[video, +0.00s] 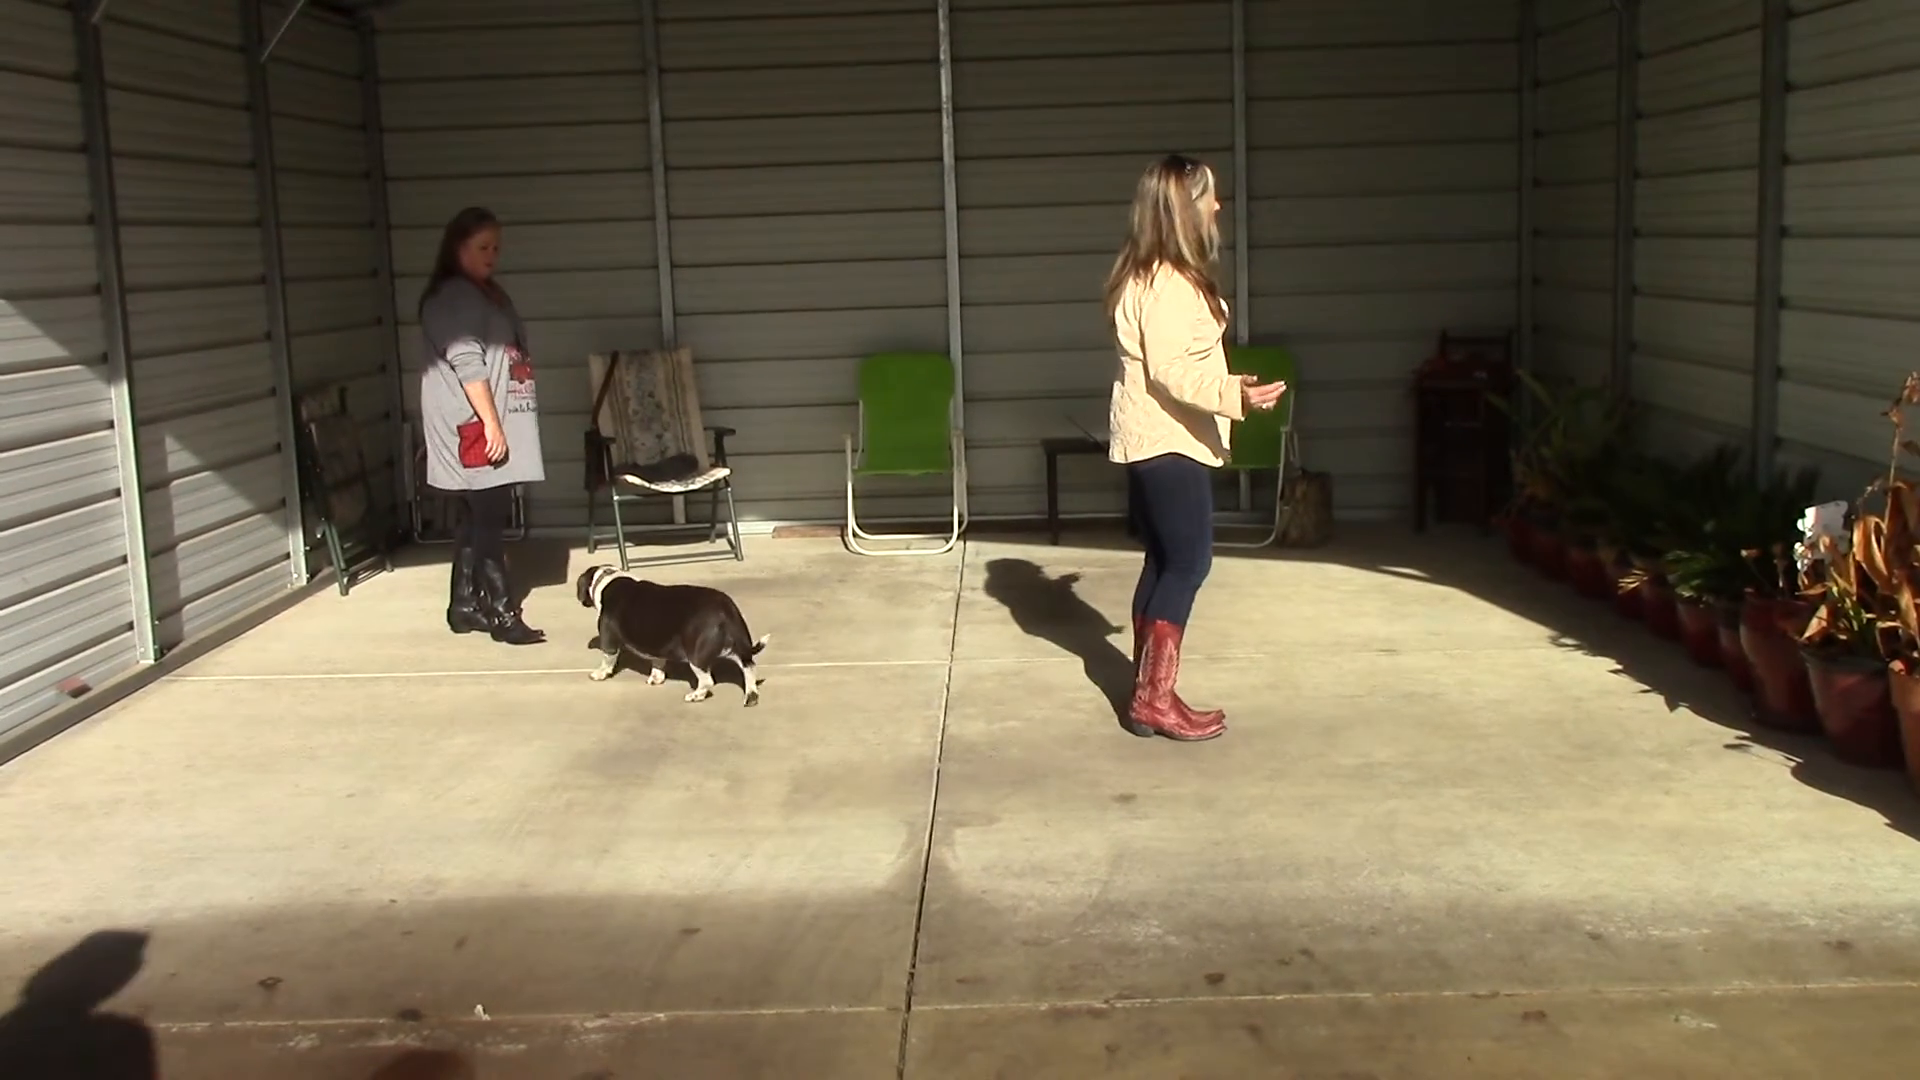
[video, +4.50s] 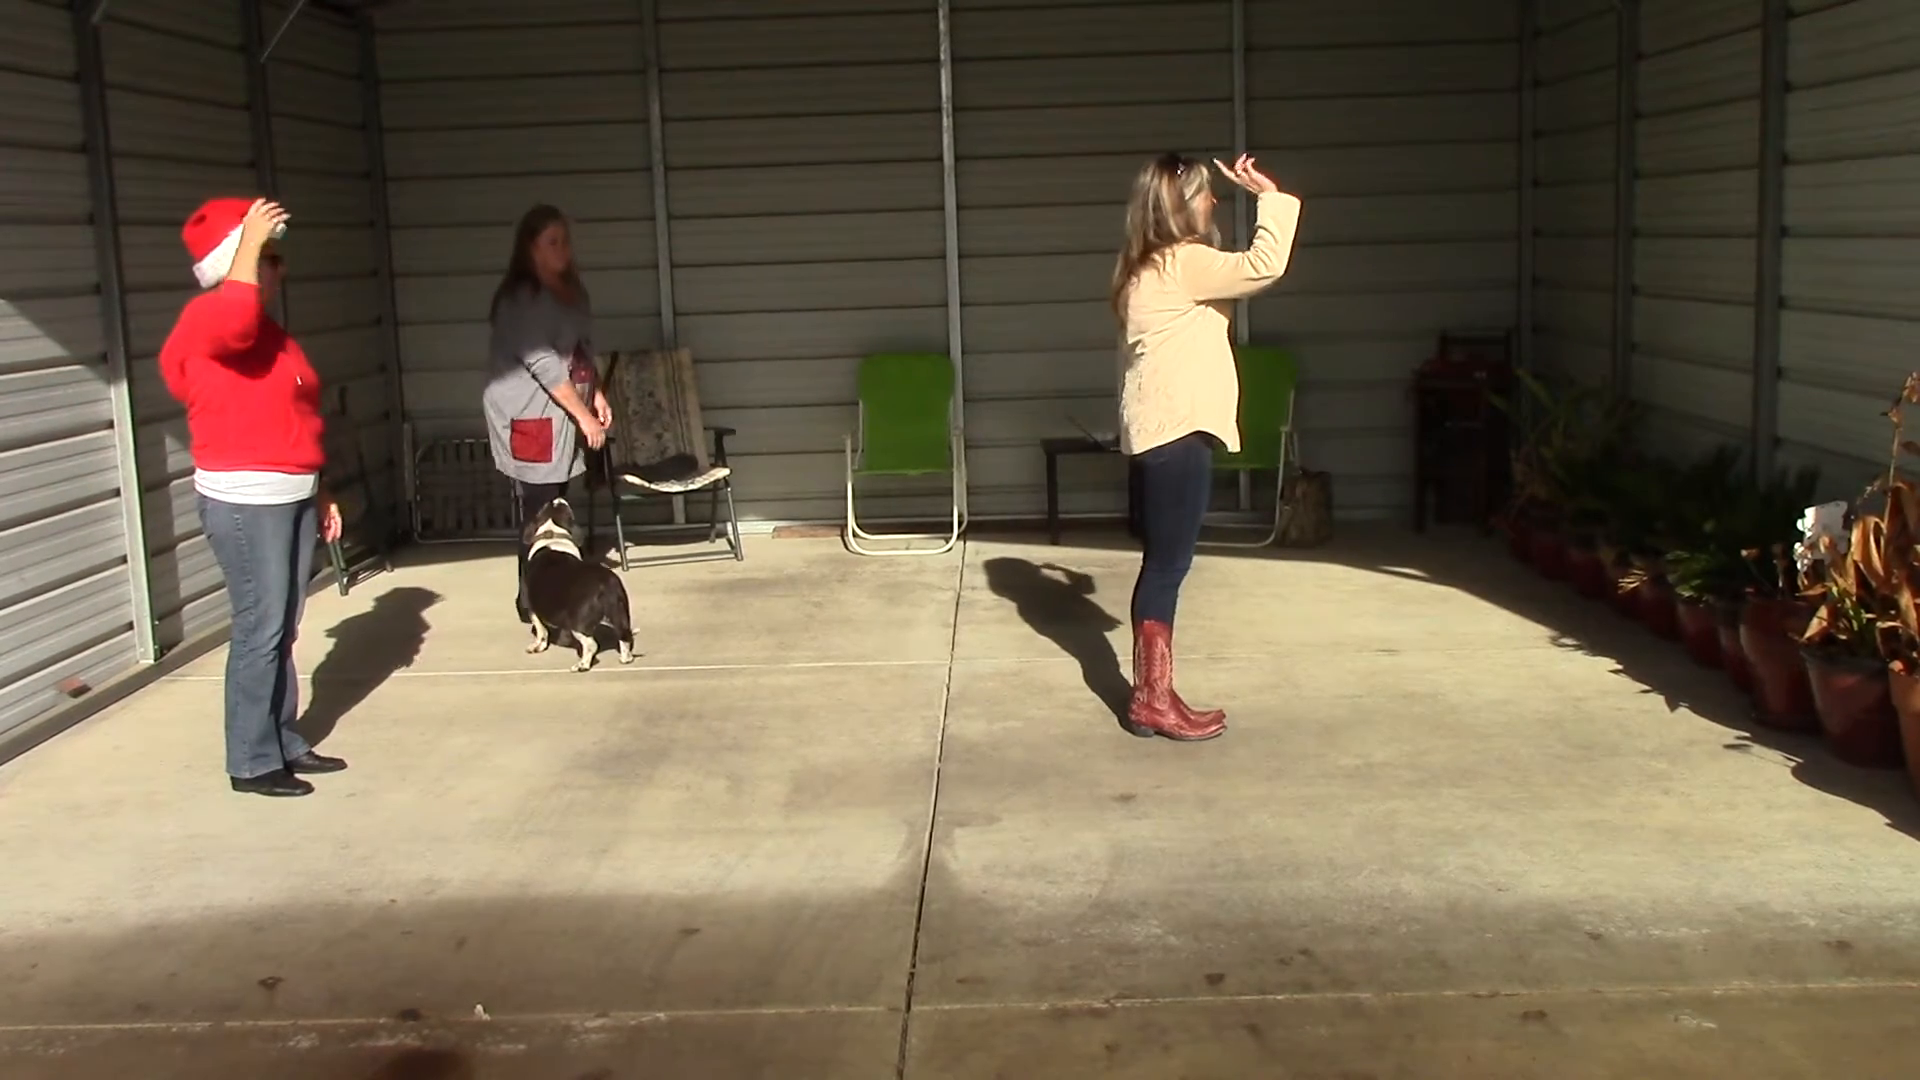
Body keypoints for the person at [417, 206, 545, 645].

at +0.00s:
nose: (492, 255)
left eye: (495, 247)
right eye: (483, 247)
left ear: (496, 249)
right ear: (458, 249)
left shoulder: (487, 294)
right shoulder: (451, 298)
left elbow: (495, 360)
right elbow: (467, 366)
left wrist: (508, 421)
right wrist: (491, 423)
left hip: (485, 420)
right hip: (469, 423)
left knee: (478, 510)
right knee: (490, 510)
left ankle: (464, 602)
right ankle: (500, 611)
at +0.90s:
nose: (534, 303)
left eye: (539, 295)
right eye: (526, 294)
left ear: (543, 293)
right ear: (501, 292)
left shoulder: (528, 330)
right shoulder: (489, 333)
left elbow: (524, 398)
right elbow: (490, 407)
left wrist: (512, 452)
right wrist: (512, 470)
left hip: (479, 422)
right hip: (447, 421)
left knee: (480, 509)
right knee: (490, 509)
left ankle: (464, 603)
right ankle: (499, 610)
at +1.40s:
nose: (564, 357)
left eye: (571, 350)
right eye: (558, 348)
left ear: (578, 344)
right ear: (538, 336)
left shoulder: (532, 362)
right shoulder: (520, 375)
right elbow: (511, 449)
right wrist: (529, 516)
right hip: (444, 420)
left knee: (483, 505)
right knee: (494, 508)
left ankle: (465, 605)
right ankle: (502, 611)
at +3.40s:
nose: (572, 333)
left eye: (577, 326)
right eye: (565, 324)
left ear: (584, 322)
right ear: (543, 316)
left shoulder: (535, 346)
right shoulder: (524, 359)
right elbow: (509, 433)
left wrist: (514, 484)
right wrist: (516, 497)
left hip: (464, 415)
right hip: (454, 420)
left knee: (482, 508)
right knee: (497, 510)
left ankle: (466, 603)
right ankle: (502, 611)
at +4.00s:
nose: (572, 300)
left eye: (576, 291)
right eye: (563, 291)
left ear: (580, 291)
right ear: (541, 290)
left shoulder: (566, 332)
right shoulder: (518, 336)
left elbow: (553, 393)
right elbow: (513, 407)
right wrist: (530, 464)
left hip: (515, 419)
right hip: (477, 419)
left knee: (516, 507)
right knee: (505, 509)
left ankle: (512, 605)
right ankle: (500, 611)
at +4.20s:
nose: (569, 272)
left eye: (572, 264)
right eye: (560, 264)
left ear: (577, 266)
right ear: (536, 268)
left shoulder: (568, 311)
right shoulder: (525, 324)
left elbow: (564, 378)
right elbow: (522, 395)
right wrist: (535, 451)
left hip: (547, 429)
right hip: (509, 432)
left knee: (549, 517)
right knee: (516, 521)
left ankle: (548, 603)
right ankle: (509, 608)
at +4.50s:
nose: (561, 249)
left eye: (564, 241)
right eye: (551, 242)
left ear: (568, 245)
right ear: (531, 248)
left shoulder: (572, 290)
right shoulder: (520, 298)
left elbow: (580, 351)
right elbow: (542, 364)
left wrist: (595, 394)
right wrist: (581, 415)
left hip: (559, 408)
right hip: (525, 413)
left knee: (556, 505)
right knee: (538, 510)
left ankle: (557, 592)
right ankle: (534, 597)